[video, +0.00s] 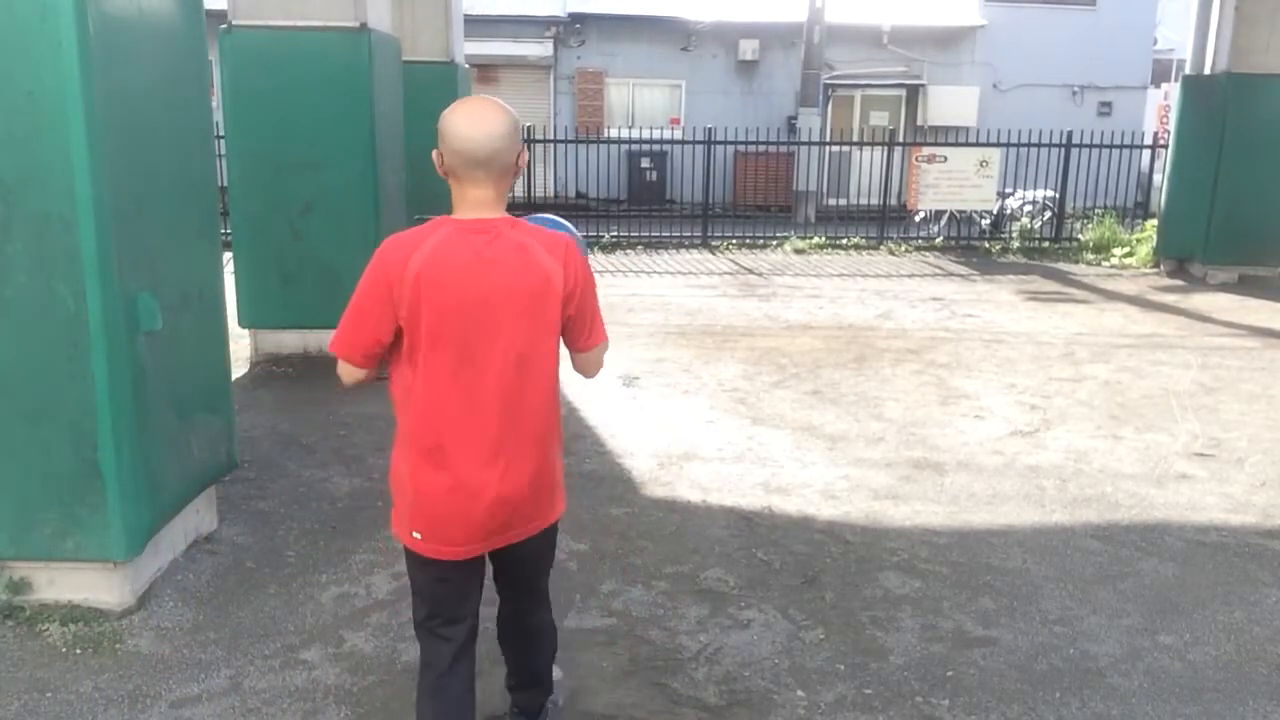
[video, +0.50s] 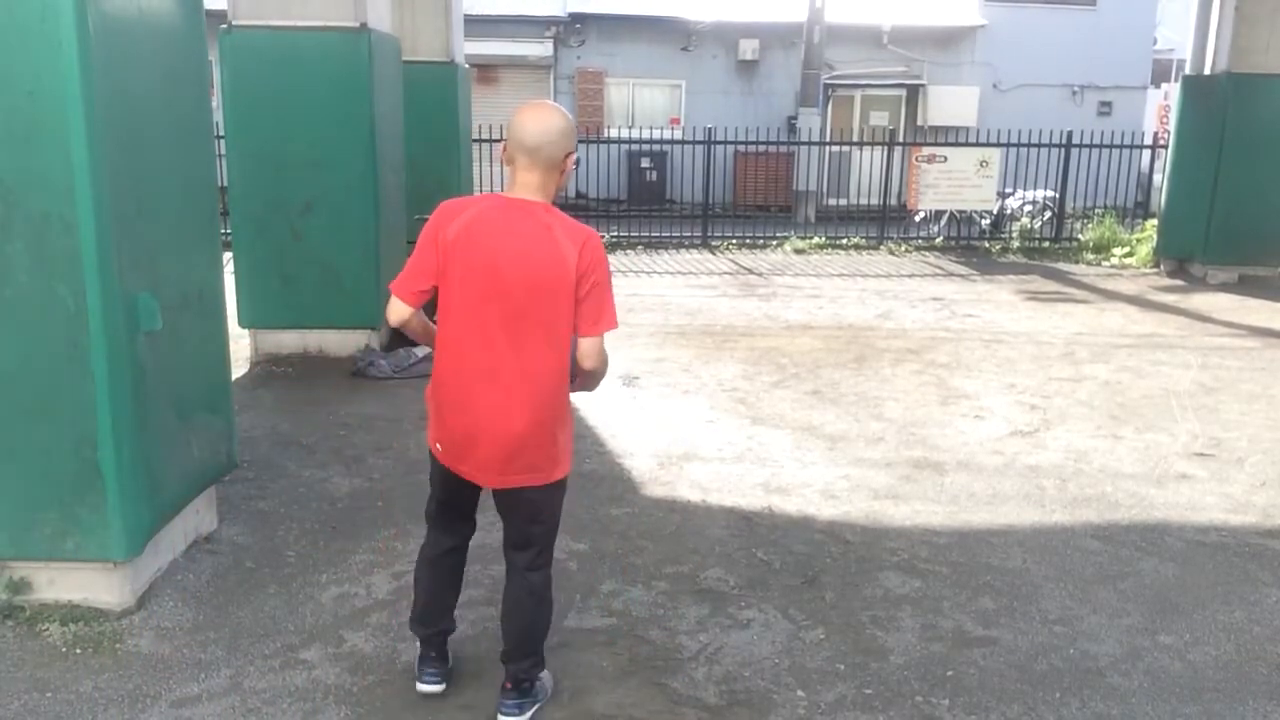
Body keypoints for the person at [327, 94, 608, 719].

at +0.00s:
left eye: (438, 149)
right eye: (522, 148)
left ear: (439, 164)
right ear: (519, 164)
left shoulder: (400, 256)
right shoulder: (557, 253)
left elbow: (351, 370)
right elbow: (590, 362)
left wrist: (409, 341)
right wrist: (540, 302)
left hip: (437, 498)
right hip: (528, 489)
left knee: (444, 639)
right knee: (528, 612)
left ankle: (445, 714)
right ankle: (531, 705)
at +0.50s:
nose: (573, 163)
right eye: (574, 156)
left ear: (504, 154)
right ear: (569, 165)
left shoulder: (452, 217)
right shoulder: (581, 243)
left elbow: (401, 311)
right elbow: (590, 361)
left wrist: (447, 343)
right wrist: (555, 373)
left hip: (457, 422)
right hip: (534, 433)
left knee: (445, 532)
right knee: (529, 558)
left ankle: (432, 659)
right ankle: (519, 683)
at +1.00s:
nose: (521, 158)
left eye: (521, 147)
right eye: (519, 148)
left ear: (462, 148)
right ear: (500, 150)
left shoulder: (419, 215)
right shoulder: (502, 218)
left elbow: (405, 308)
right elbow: (522, 321)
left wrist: (488, 289)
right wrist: (566, 302)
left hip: (440, 404)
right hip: (502, 407)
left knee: (448, 514)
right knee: (536, 526)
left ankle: (437, 630)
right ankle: (515, 666)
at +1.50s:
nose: (522, 172)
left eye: (522, 162)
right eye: (520, 161)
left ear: (465, 161)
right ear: (501, 162)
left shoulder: (429, 218)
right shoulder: (500, 230)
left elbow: (456, 284)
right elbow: (539, 325)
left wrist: (523, 260)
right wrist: (585, 290)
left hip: (434, 395)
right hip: (485, 404)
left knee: (471, 485)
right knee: (515, 526)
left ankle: (447, 587)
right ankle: (469, 646)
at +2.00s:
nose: (517, 181)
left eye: (519, 170)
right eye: (517, 168)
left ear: (470, 159)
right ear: (495, 161)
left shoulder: (427, 211)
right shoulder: (479, 220)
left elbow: (441, 288)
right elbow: (469, 320)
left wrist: (516, 292)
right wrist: (533, 384)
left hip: (433, 388)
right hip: (478, 381)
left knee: (466, 492)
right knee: (579, 358)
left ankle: (456, 613)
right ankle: (531, 474)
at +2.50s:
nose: (527, 163)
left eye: (524, 153)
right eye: (527, 154)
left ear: (469, 155)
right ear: (516, 157)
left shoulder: (427, 220)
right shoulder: (525, 224)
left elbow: (388, 303)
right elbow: (558, 314)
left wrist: (402, 364)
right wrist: (616, 345)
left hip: (467, 379)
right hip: (519, 391)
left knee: (563, 324)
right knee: (521, 507)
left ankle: (539, 448)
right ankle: (484, 626)